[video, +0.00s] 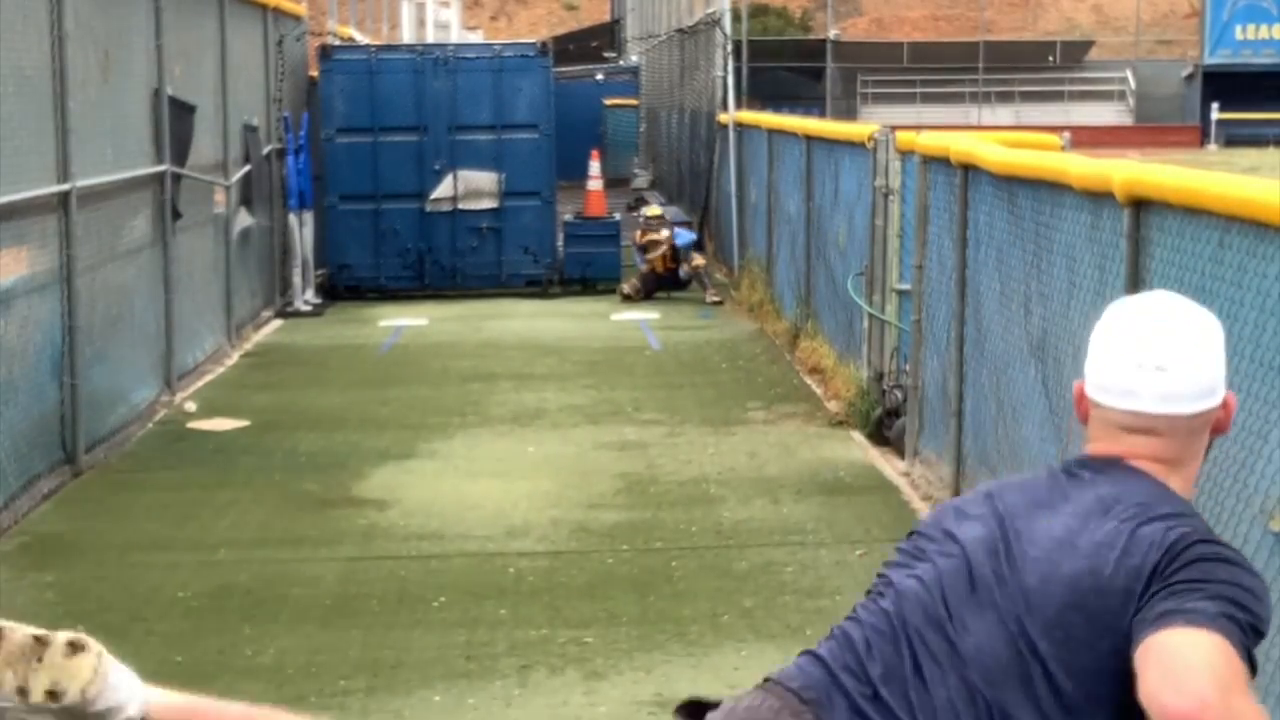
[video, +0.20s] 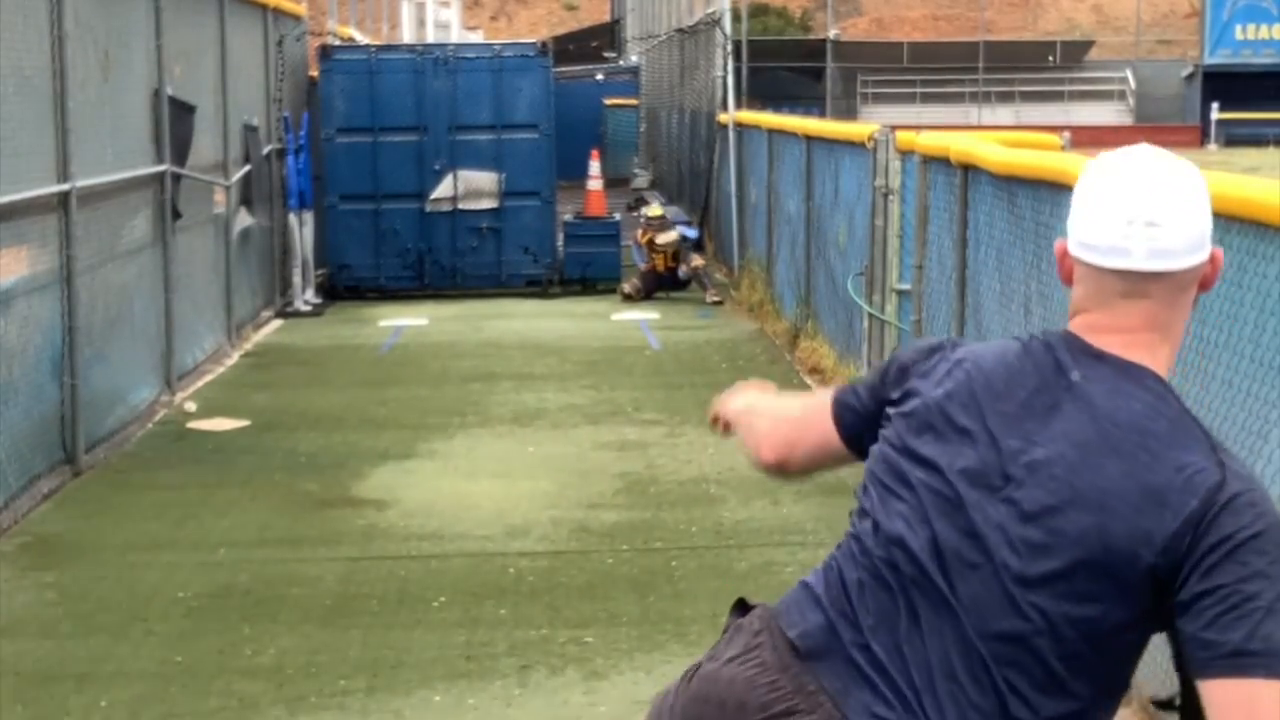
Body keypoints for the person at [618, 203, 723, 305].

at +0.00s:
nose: (654, 223)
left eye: (657, 219)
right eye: (650, 220)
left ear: (663, 220)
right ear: (643, 221)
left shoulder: (671, 232)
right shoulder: (639, 238)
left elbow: (692, 238)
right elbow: (641, 263)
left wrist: (673, 243)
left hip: (676, 273)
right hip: (653, 274)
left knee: (695, 259)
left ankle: (710, 293)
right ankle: (631, 290)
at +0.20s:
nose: (657, 224)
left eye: (660, 220)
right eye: (652, 221)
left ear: (665, 220)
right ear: (645, 223)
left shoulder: (675, 232)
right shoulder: (642, 235)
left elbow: (696, 235)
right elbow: (635, 247)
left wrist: (678, 230)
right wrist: (641, 263)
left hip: (676, 274)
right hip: (654, 274)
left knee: (694, 261)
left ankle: (711, 293)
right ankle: (632, 290)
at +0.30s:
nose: (654, 223)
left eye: (657, 219)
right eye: (650, 220)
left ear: (662, 219)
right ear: (644, 221)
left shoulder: (672, 230)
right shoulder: (640, 233)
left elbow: (691, 237)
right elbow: (632, 246)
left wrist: (675, 229)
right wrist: (636, 263)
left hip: (675, 274)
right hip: (653, 274)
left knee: (693, 262)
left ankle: (711, 293)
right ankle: (633, 290)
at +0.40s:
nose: (615, 234)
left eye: (618, 229)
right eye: (611, 230)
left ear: (624, 228)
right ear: (604, 229)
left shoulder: (633, 240)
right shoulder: (597, 243)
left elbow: (650, 261)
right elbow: (598, 263)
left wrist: (633, 280)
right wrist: (606, 272)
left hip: (635, 274)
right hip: (613, 276)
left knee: (659, 263)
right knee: (588, 290)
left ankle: (673, 292)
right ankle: (602, 291)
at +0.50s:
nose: (615, 233)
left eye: (619, 229)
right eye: (611, 229)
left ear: (624, 228)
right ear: (605, 229)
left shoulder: (633, 241)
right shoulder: (598, 243)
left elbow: (651, 260)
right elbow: (599, 264)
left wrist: (631, 276)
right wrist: (608, 274)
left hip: (634, 276)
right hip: (612, 277)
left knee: (658, 264)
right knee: (588, 289)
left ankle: (673, 292)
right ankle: (591, 291)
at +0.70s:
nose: (616, 234)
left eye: (620, 229)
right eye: (613, 230)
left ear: (625, 228)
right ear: (606, 229)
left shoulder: (634, 240)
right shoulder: (597, 243)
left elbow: (653, 256)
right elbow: (600, 265)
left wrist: (632, 262)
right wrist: (613, 265)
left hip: (635, 274)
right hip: (613, 275)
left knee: (656, 264)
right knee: (603, 281)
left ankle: (673, 292)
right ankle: (593, 289)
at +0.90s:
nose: (614, 224)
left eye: (617, 220)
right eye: (610, 221)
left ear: (623, 221)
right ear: (604, 223)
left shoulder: (633, 235)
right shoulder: (601, 240)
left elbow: (648, 250)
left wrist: (658, 260)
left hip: (637, 275)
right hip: (615, 276)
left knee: (657, 265)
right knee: (603, 281)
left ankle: (673, 292)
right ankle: (592, 289)